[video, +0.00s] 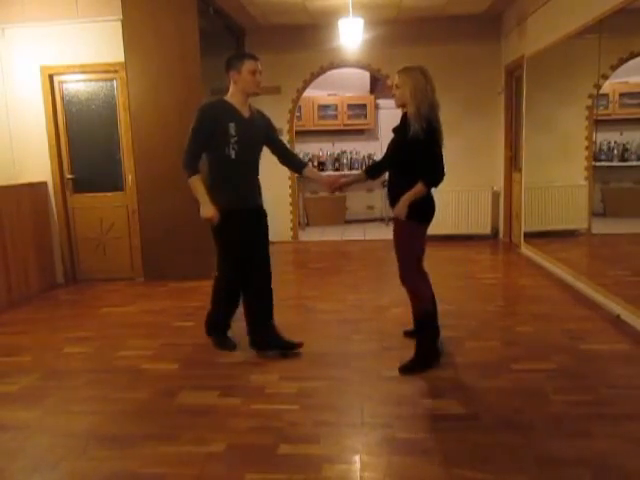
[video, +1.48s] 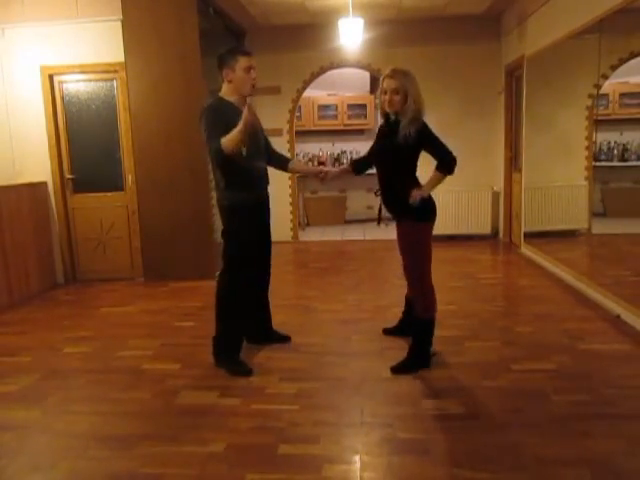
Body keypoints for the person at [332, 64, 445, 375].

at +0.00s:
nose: (394, 91)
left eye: (398, 87)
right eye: (394, 86)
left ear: (414, 90)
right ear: (410, 90)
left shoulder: (424, 124)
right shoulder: (406, 123)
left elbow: (435, 173)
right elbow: (384, 165)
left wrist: (406, 200)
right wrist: (350, 180)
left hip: (415, 208)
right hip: (406, 207)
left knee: (411, 274)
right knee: (412, 271)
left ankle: (428, 348)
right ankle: (427, 326)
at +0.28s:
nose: (391, 91)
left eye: (396, 86)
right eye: (391, 86)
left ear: (412, 89)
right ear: (408, 90)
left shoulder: (423, 124)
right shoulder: (404, 124)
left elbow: (432, 173)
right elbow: (382, 165)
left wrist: (405, 202)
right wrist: (345, 171)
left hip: (414, 210)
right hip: (403, 210)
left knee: (421, 278)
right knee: (417, 275)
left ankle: (430, 352)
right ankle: (427, 326)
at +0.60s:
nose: (392, 90)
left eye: (397, 85)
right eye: (393, 85)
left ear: (413, 88)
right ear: (411, 89)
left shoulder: (424, 123)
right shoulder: (407, 122)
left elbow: (439, 173)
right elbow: (378, 154)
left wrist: (410, 201)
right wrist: (340, 168)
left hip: (415, 211)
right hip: (410, 209)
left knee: (408, 275)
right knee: (419, 269)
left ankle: (424, 349)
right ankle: (429, 325)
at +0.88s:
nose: (392, 91)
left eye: (396, 86)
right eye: (392, 87)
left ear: (411, 88)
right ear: (410, 88)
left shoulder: (420, 122)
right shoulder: (410, 120)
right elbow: (388, 158)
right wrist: (357, 167)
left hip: (413, 207)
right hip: (408, 205)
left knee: (405, 276)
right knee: (406, 272)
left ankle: (421, 350)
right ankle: (414, 322)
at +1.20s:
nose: (390, 100)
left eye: (396, 95)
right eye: (387, 95)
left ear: (409, 98)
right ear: (386, 98)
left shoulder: (414, 125)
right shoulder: (394, 129)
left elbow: (443, 145)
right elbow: (375, 162)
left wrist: (412, 168)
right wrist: (337, 162)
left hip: (407, 210)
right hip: (395, 208)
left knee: (409, 275)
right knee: (401, 270)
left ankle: (420, 351)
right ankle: (408, 320)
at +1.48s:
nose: (389, 98)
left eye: (396, 93)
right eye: (385, 93)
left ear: (408, 96)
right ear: (380, 95)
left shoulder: (415, 127)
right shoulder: (386, 128)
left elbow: (448, 161)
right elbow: (368, 161)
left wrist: (425, 189)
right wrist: (335, 172)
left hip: (417, 209)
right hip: (402, 209)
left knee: (420, 278)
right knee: (411, 270)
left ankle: (421, 351)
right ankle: (410, 320)